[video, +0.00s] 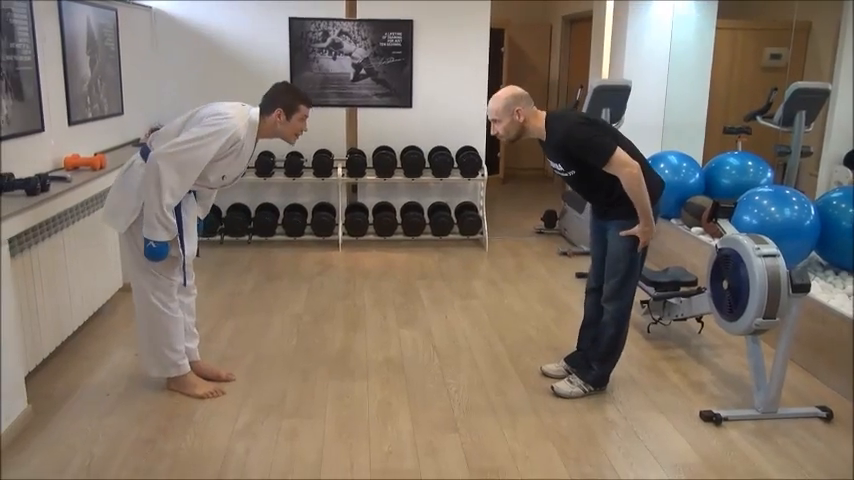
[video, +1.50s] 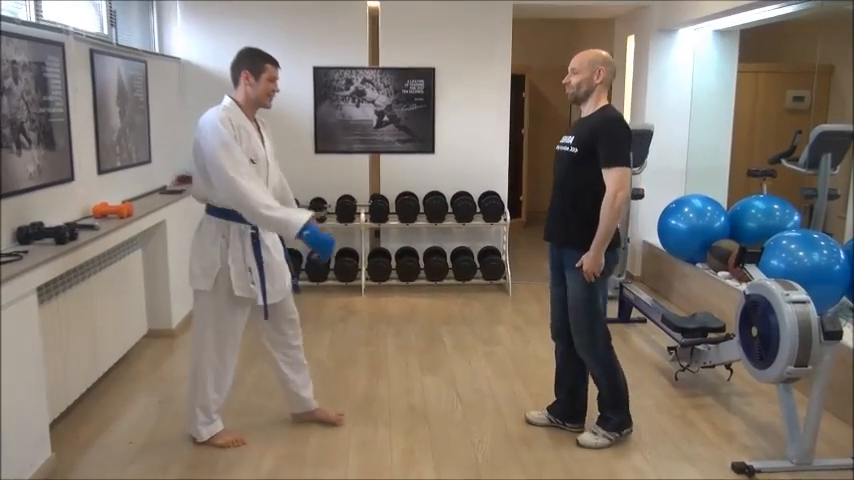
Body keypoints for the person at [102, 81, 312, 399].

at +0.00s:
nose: (305, 128)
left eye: (306, 121)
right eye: (302, 120)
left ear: (278, 116)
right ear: (279, 116)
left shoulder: (249, 135)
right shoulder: (229, 124)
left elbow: (208, 183)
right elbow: (163, 162)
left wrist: (193, 221)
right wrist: (158, 231)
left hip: (176, 200)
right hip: (148, 200)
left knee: (184, 281)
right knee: (163, 285)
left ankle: (190, 360)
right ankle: (176, 373)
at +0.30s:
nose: (311, 127)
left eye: (312, 120)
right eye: (308, 119)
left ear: (284, 114)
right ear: (285, 114)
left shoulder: (256, 136)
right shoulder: (236, 124)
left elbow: (215, 184)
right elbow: (168, 159)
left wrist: (199, 224)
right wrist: (165, 228)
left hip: (182, 197)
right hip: (154, 196)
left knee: (191, 278)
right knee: (170, 283)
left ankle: (198, 358)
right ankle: (184, 371)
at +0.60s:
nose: (310, 99)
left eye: (311, 91)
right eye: (306, 90)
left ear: (281, 90)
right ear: (282, 89)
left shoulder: (257, 117)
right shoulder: (236, 109)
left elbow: (226, 168)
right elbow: (178, 156)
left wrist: (214, 207)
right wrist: (176, 224)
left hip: (194, 193)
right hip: (166, 192)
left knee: (199, 275)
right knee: (178, 280)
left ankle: (205, 355)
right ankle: (190, 368)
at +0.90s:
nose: (279, 40)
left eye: (278, 33)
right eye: (272, 33)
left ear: (251, 38)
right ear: (248, 36)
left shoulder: (245, 81)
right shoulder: (216, 77)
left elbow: (239, 150)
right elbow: (193, 148)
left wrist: (245, 201)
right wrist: (204, 216)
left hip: (227, 193)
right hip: (200, 195)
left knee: (218, 282)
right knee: (196, 287)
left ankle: (212, 361)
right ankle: (194, 374)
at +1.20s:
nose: (263, 69)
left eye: (262, 61)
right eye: (256, 62)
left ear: (236, 69)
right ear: (231, 68)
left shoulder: (241, 114)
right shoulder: (207, 113)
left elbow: (251, 184)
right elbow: (203, 186)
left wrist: (266, 233)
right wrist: (228, 252)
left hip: (247, 226)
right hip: (216, 228)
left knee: (251, 312)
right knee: (212, 321)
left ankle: (221, 396)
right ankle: (198, 414)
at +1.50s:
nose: (277, 88)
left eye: (277, 82)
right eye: (271, 81)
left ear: (252, 82)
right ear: (246, 79)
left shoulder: (257, 126)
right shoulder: (215, 124)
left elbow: (276, 186)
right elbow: (242, 192)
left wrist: (303, 225)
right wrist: (298, 225)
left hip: (263, 236)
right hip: (225, 238)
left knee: (283, 321)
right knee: (218, 333)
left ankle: (303, 405)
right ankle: (205, 425)